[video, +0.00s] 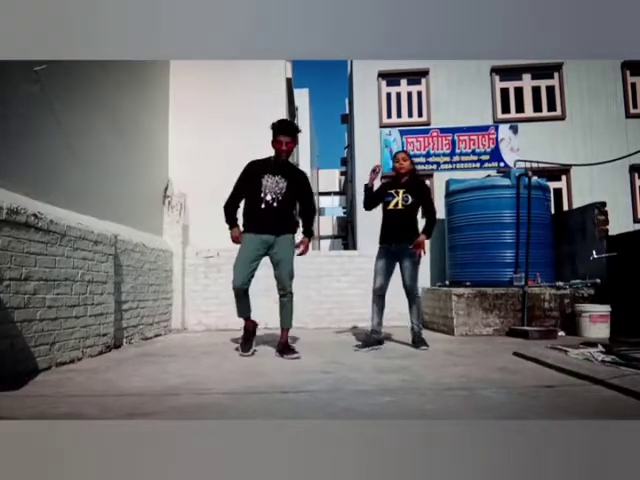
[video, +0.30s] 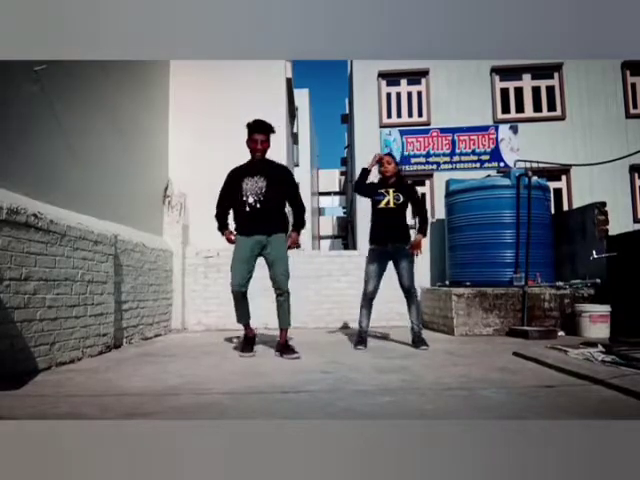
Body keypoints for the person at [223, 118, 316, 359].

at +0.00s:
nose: (285, 148)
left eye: (289, 143)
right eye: (280, 143)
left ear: (295, 145)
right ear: (273, 142)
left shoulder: (298, 176)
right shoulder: (254, 169)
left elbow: (308, 208)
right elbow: (232, 202)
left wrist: (307, 235)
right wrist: (233, 226)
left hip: (284, 237)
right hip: (254, 235)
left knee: (285, 287)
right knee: (239, 284)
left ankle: (284, 340)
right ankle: (248, 325)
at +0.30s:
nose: (259, 146)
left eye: (263, 142)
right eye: (254, 142)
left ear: (269, 143)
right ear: (248, 143)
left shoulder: (282, 172)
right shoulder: (236, 174)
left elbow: (298, 206)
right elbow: (223, 206)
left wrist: (296, 231)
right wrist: (224, 229)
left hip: (276, 236)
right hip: (246, 237)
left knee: (282, 286)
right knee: (237, 286)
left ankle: (283, 339)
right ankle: (248, 333)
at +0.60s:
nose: (242, 149)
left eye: (246, 145)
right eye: (238, 145)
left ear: (251, 147)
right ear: (229, 147)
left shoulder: (265, 170)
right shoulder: (225, 182)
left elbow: (290, 196)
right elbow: (220, 209)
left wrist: (290, 222)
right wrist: (223, 231)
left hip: (270, 236)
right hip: (243, 240)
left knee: (286, 281)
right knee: (240, 289)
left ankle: (300, 319)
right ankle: (251, 336)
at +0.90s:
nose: (248, 140)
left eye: (253, 137)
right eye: (244, 135)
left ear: (259, 141)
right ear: (237, 138)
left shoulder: (270, 167)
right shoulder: (226, 174)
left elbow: (287, 195)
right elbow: (215, 207)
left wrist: (288, 216)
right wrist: (222, 231)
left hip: (274, 231)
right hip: (246, 237)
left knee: (292, 271)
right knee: (247, 287)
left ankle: (289, 313)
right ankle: (252, 336)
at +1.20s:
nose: (277, 141)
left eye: (281, 137)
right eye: (273, 136)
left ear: (286, 142)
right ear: (265, 138)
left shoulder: (286, 175)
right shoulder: (246, 167)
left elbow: (289, 206)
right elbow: (221, 201)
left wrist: (292, 224)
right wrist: (232, 229)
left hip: (281, 237)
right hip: (253, 238)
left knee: (290, 285)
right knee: (251, 289)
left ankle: (295, 342)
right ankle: (251, 336)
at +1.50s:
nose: (285, 141)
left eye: (290, 137)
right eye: (281, 136)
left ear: (297, 139)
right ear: (275, 136)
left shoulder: (304, 171)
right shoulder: (257, 164)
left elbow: (322, 203)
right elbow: (231, 191)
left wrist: (318, 207)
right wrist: (243, 203)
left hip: (290, 234)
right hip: (260, 234)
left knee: (294, 288)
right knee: (248, 288)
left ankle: (295, 344)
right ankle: (250, 342)